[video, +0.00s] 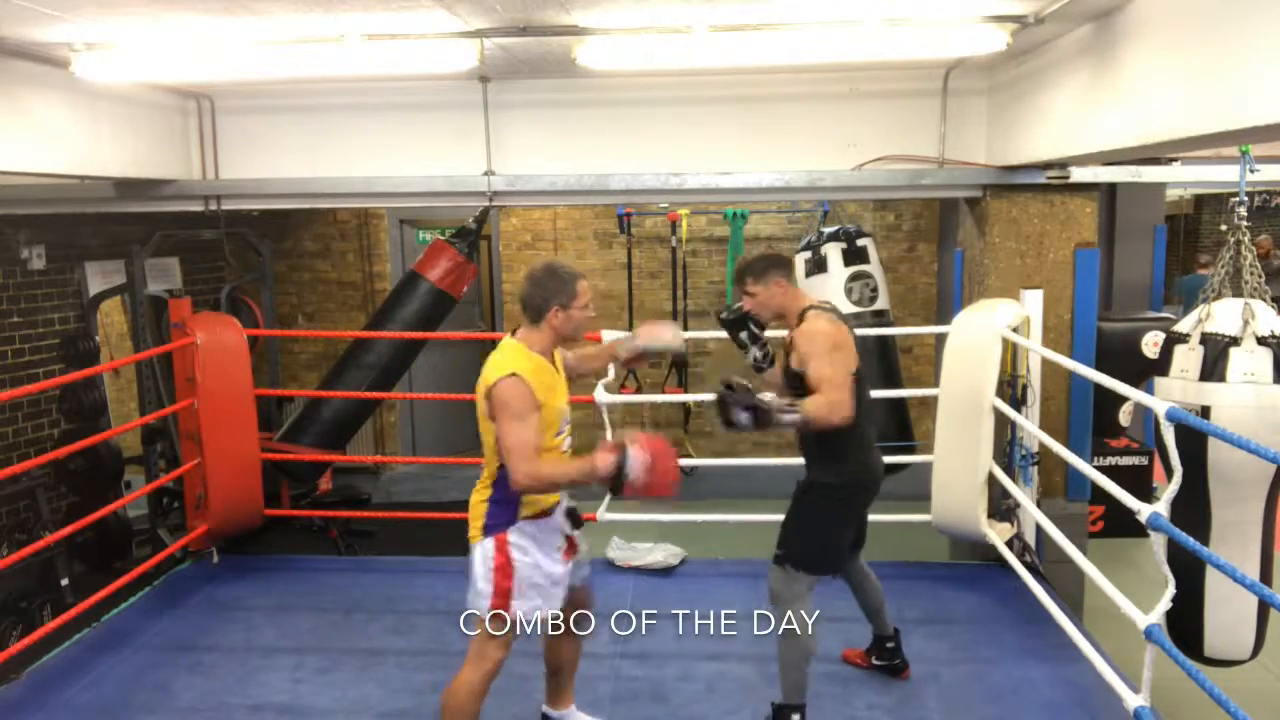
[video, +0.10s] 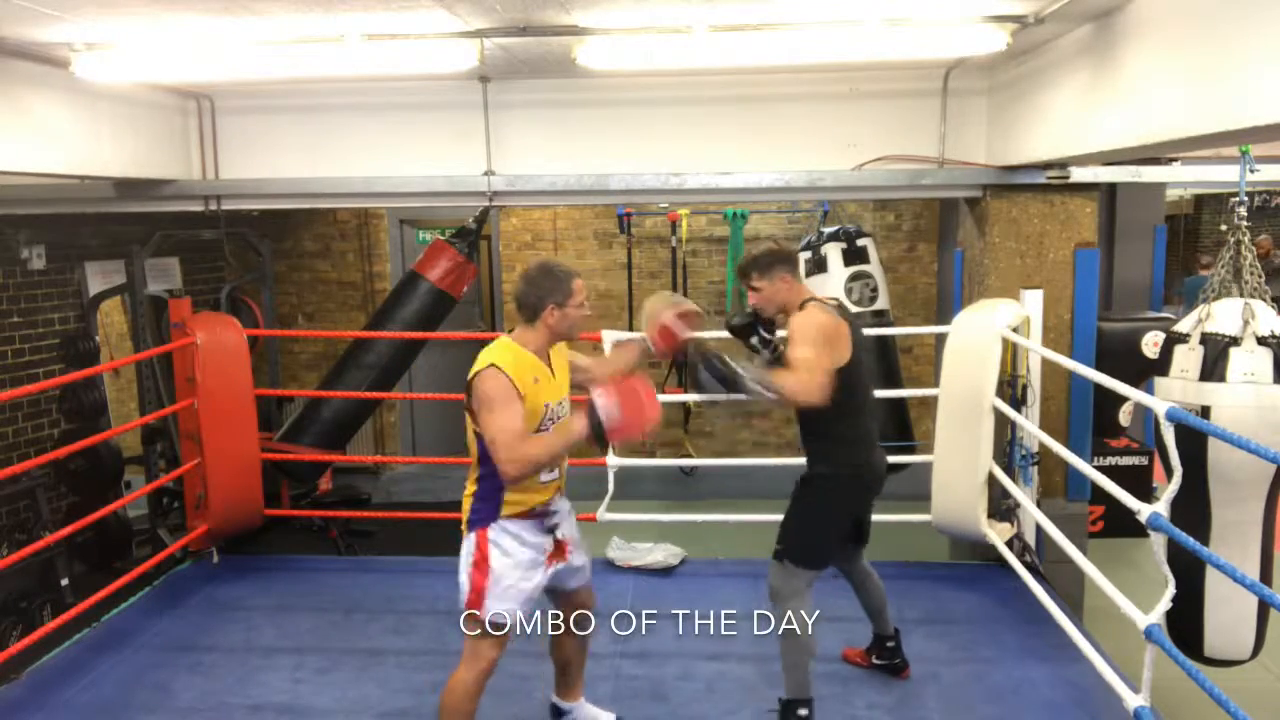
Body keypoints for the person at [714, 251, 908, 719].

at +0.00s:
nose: (748, 309)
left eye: (749, 297)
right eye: (744, 299)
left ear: (776, 287)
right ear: (781, 286)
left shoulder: (817, 329)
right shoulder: (808, 325)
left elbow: (836, 408)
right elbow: (792, 388)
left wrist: (772, 413)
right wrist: (759, 358)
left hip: (835, 476)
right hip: (850, 469)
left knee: (787, 585)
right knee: (847, 561)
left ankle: (791, 710)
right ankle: (888, 648)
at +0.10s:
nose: (752, 301)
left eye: (756, 290)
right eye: (750, 292)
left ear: (784, 282)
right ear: (787, 282)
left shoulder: (809, 321)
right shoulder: (822, 311)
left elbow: (813, 389)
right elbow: (813, 378)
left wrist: (751, 371)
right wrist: (770, 352)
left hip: (834, 473)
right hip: (859, 466)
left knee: (787, 583)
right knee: (849, 558)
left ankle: (797, 706)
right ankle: (888, 647)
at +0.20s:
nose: (754, 304)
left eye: (759, 292)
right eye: (752, 294)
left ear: (790, 284)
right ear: (791, 287)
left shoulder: (815, 325)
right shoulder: (822, 320)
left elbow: (812, 378)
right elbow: (791, 369)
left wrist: (743, 359)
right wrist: (731, 362)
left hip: (836, 479)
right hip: (852, 472)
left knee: (798, 594)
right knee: (846, 566)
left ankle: (805, 713)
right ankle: (888, 650)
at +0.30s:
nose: (755, 304)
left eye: (760, 292)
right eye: (752, 294)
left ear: (792, 285)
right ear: (786, 289)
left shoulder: (843, 331)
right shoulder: (782, 334)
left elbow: (873, 405)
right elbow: (743, 369)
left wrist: (810, 382)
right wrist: (692, 358)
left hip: (845, 482)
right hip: (817, 477)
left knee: (800, 592)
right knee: (838, 568)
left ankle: (806, 711)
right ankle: (886, 650)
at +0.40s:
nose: (756, 309)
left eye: (760, 298)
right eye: (754, 300)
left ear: (792, 289)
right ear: (778, 294)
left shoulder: (844, 334)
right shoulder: (773, 333)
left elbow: (861, 416)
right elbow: (724, 371)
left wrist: (804, 373)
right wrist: (713, 353)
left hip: (844, 485)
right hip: (810, 479)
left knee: (802, 602)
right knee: (840, 576)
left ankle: (807, 715)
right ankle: (885, 648)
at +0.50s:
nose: (750, 322)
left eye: (754, 309)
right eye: (746, 312)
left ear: (784, 295)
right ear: (777, 300)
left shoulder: (835, 336)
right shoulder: (784, 342)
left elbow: (841, 418)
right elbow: (737, 400)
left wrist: (785, 380)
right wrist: (725, 346)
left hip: (844, 484)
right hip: (813, 479)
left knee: (794, 592)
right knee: (821, 570)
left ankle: (804, 713)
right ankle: (880, 643)